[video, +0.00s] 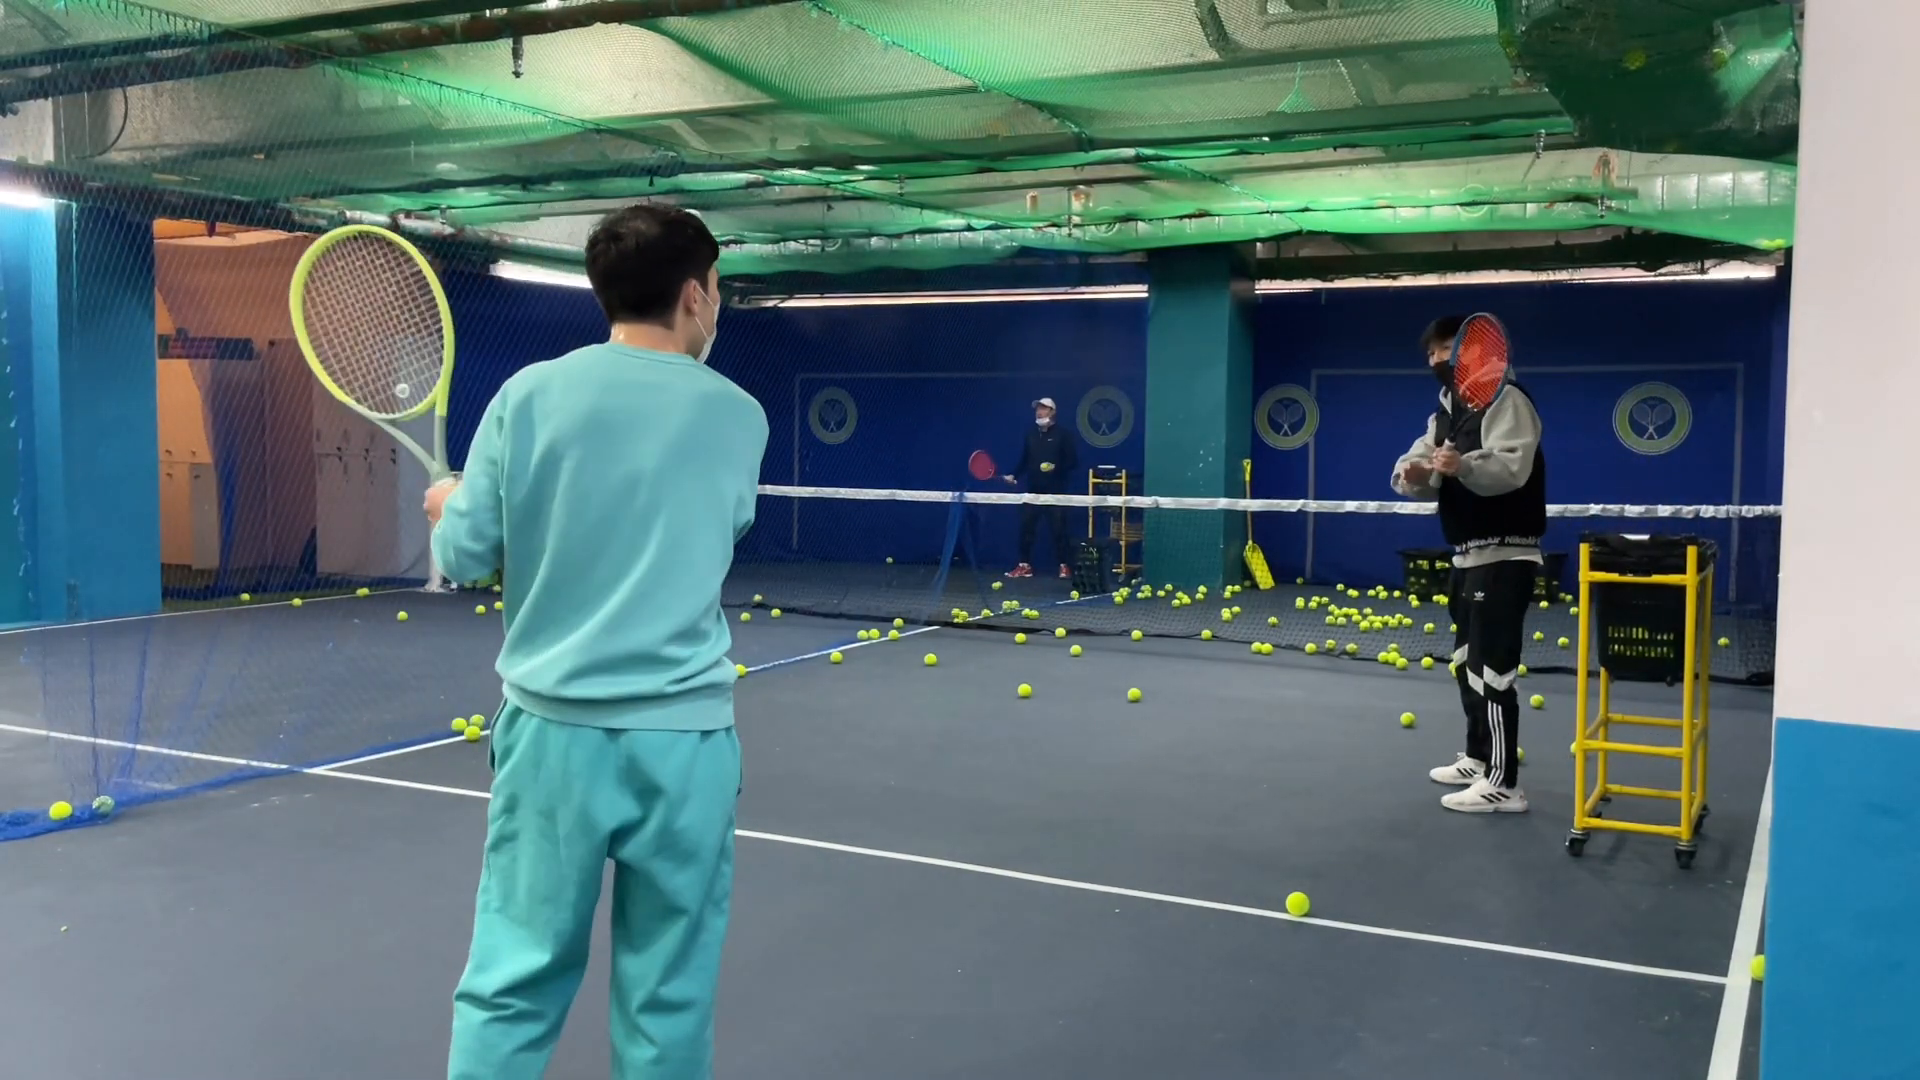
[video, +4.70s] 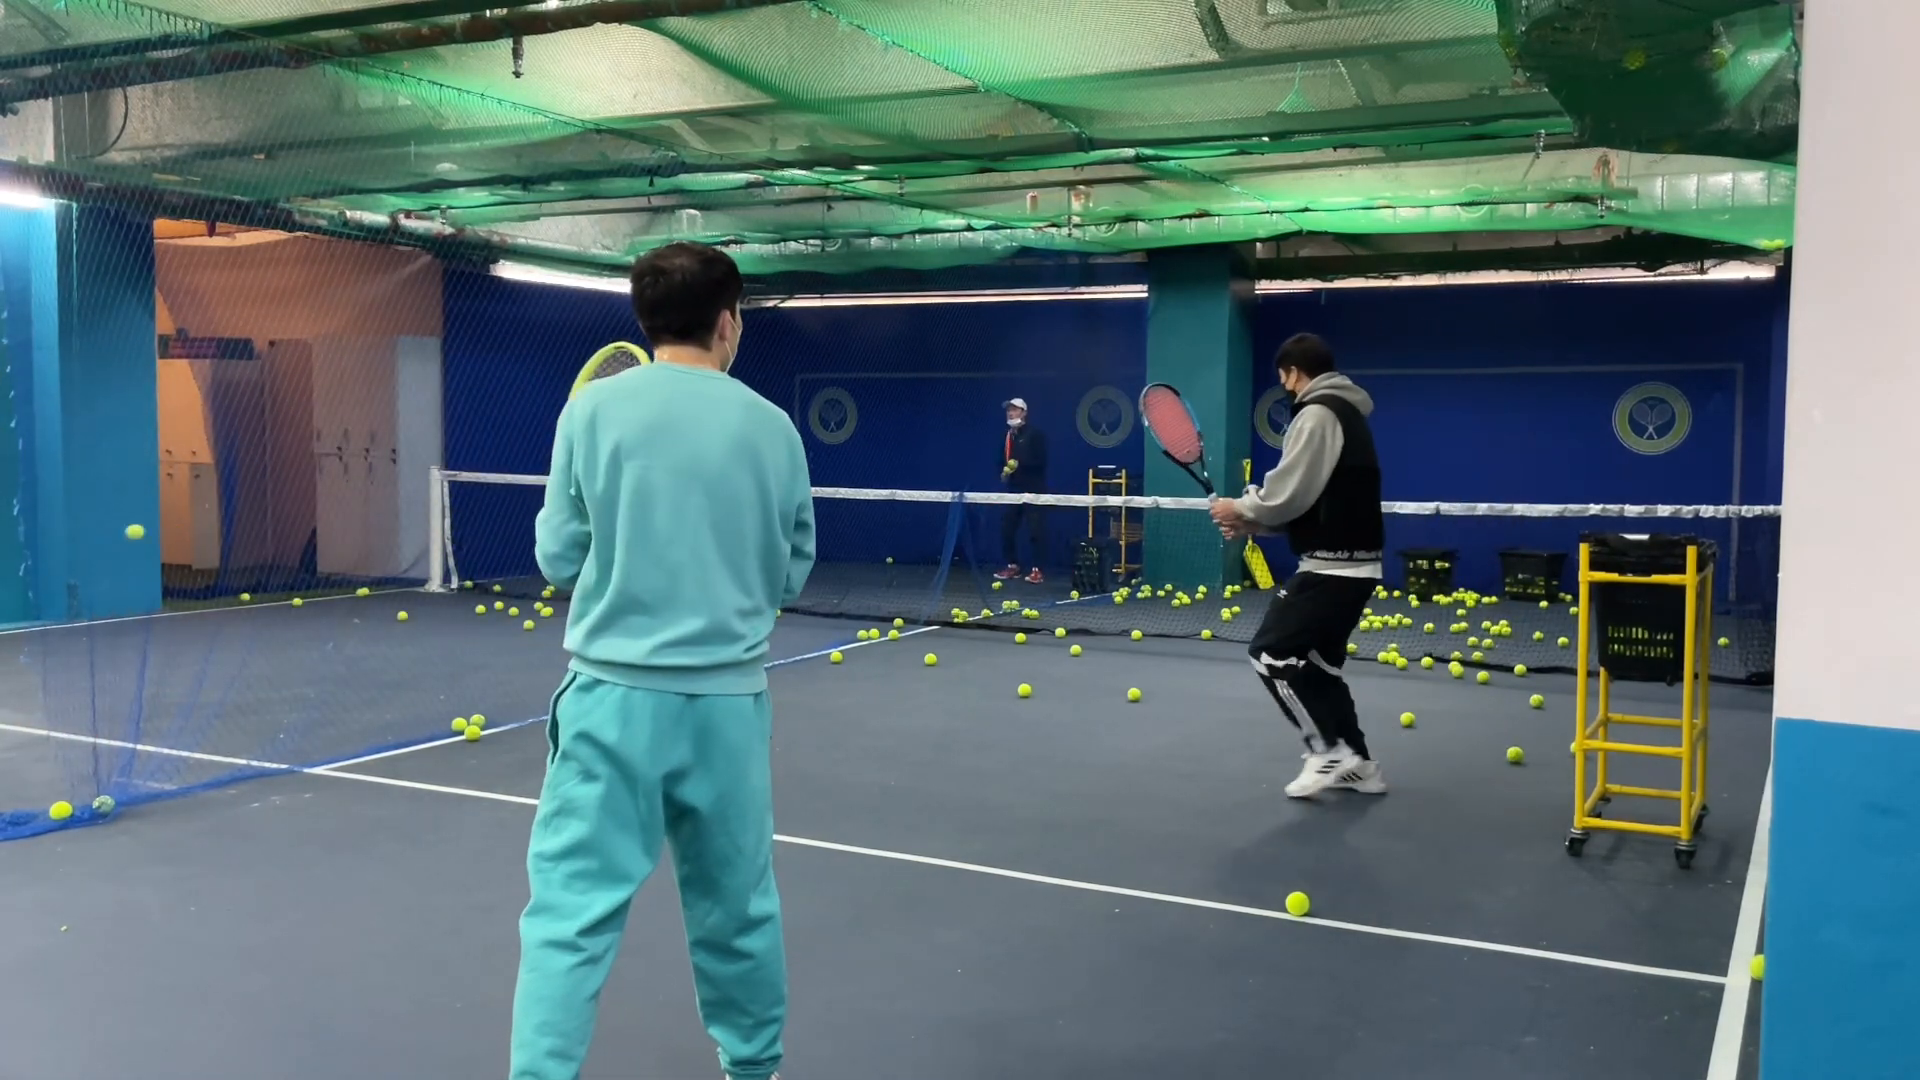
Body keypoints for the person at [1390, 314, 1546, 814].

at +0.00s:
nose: (1438, 361)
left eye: (1445, 350)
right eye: (1432, 355)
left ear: (1472, 348)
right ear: (1431, 360)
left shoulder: (1507, 401)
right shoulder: (1446, 413)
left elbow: (1511, 467)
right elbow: (1420, 467)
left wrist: (1461, 466)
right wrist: (1410, 473)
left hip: (1506, 553)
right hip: (1469, 555)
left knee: (1494, 670)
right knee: (1468, 664)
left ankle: (1503, 785)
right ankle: (1479, 760)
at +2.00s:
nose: (1440, 358)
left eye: (1449, 349)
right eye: (1436, 353)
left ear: (1479, 351)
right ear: (1440, 360)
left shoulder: (1500, 399)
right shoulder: (1457, 403)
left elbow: (1493, 476)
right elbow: (1434, 469)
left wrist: (1451, 527)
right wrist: (1430, 518)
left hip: (1506, 556)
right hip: (1476, 555)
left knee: (1487, 673)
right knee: (1473, 667)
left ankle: (1501, 786)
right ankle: (1482, 760)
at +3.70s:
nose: (1409, 375)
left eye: (1413, 365)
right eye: (1409, 367)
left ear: (1438, 364)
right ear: (1447, 365)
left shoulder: (1456, 414)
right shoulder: (1473, 409)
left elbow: (1434, 490)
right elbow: (1441, 488)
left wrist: (1387, 523)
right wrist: (1388, 516)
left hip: (1463, 565)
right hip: (1482, 563)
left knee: (1412, 658)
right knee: (1452, 659)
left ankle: (1468, 760)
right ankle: (1479, 759)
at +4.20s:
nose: (1363, 381)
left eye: (1364, 372)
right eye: (1362, 372)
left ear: (1379, 370)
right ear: (1403, 368)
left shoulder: (1395, 417)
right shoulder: (1425, 412)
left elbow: (1366, 495)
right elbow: (1397, 502)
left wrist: (1324, 509)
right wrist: (1340, 526)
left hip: (1407, 571)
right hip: (1428, 568)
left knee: (1375, 669)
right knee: (1391, 661)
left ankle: (1420, 778)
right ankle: (1440, 746)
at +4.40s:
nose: (1335, 370)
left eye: (1335, 362)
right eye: (1335, 362)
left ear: (1348, 361)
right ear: (1379, 357)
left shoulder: (1360, 406)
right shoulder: (1398, 403)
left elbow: (1334, 482)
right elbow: (1368, 488)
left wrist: (1298, 505)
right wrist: (1313, 518)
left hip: (1382, 561)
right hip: (1396, 557)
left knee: (1371, 666)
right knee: (1353, 657)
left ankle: (1421, 775)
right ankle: (1371, 758)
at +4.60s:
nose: (1304, 380)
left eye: (1303, 372)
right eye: (1303, 372)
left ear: (1315, 370)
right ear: (1344, 365)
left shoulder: (1331, 412)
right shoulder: (1364, 409)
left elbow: (1305, 488)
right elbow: (1334, 499)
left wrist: (1261, 505)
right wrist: (1273, 520)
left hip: (1348, 567)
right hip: (1371, 565)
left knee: (1305, 664)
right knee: (1331, 664)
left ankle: (1384, 745)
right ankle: (1354, 763)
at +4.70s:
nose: (1285, 386)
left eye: (1284, 377)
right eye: (1284, 378)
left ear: (1297, 373)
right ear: (1323, 369)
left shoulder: (1318, 415)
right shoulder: (1344, 412)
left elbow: (1291, 488)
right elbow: (1312, 500)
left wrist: (1242, 506)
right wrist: (1254, 520)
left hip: (1332, 566)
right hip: (1354, 565)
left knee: (1271, 654)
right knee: (1318, 662)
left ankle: (1326, 752)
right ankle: (1357, 761)